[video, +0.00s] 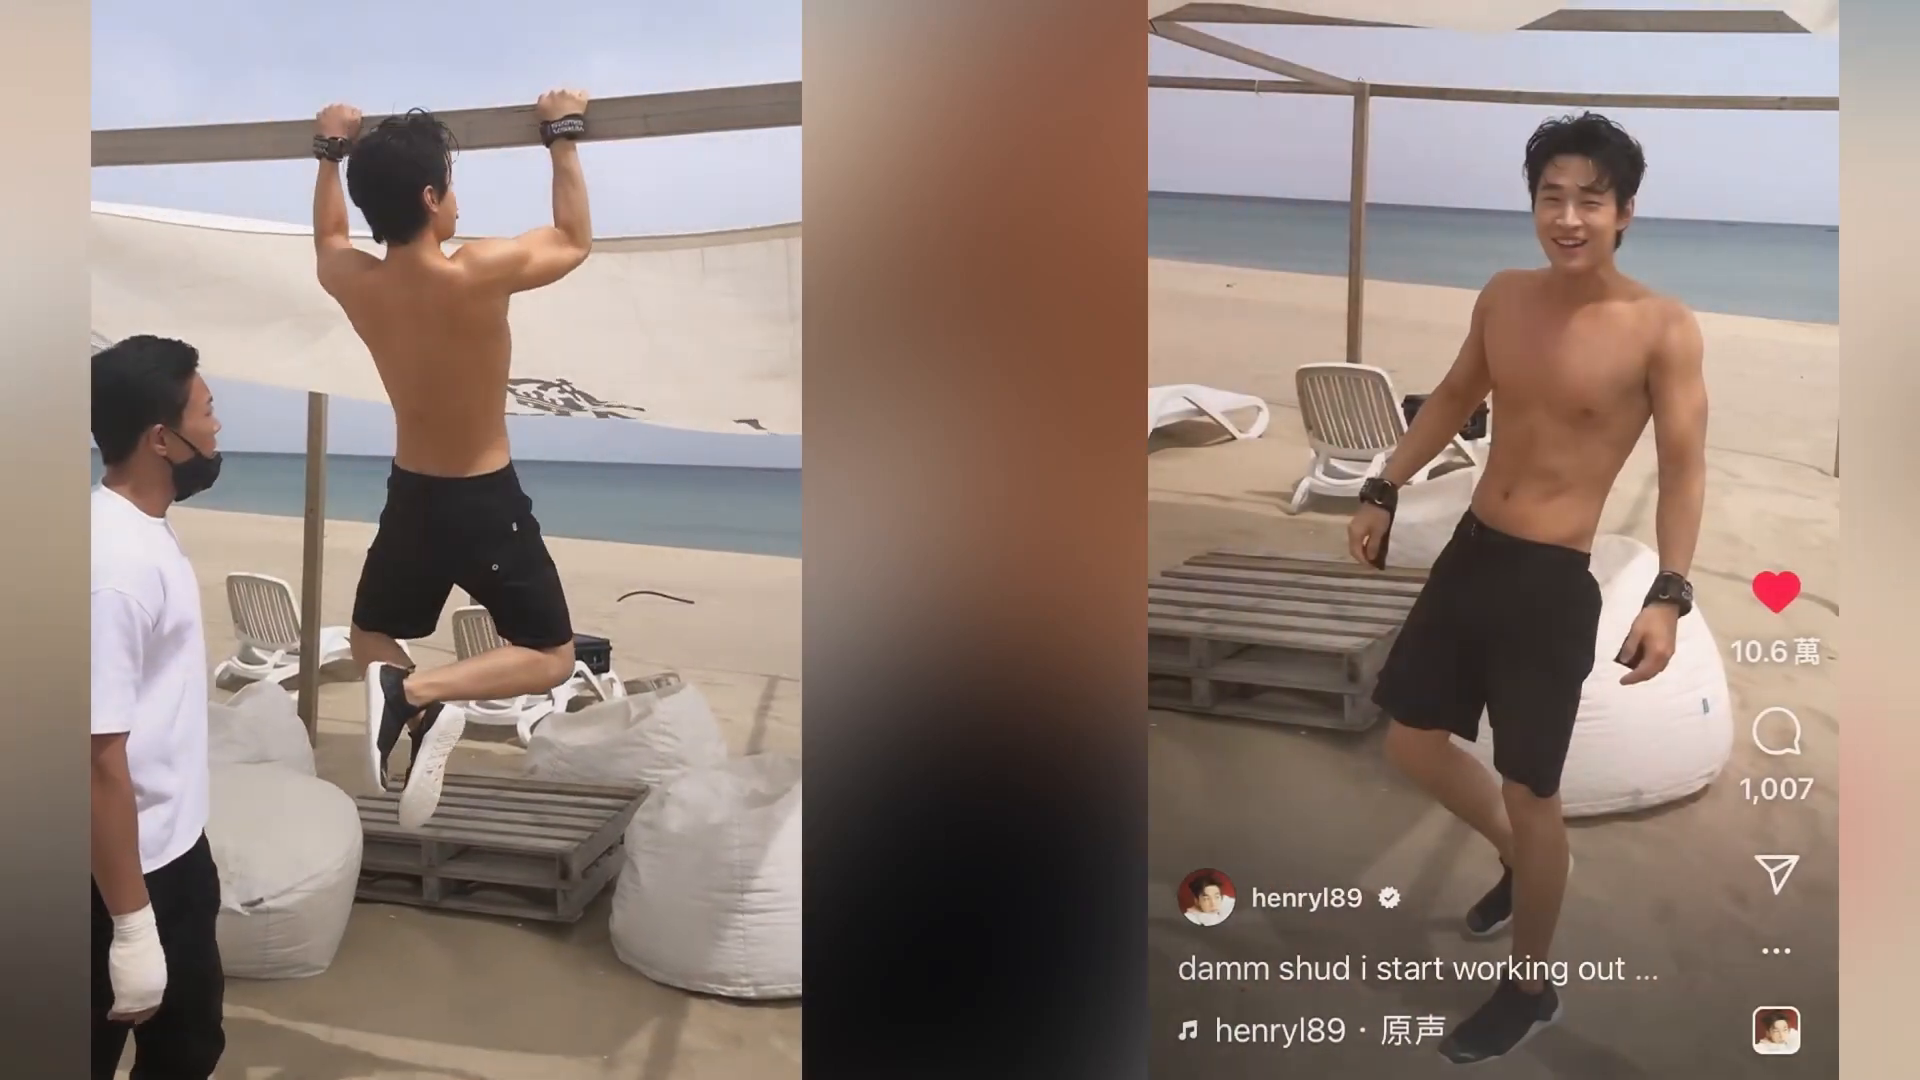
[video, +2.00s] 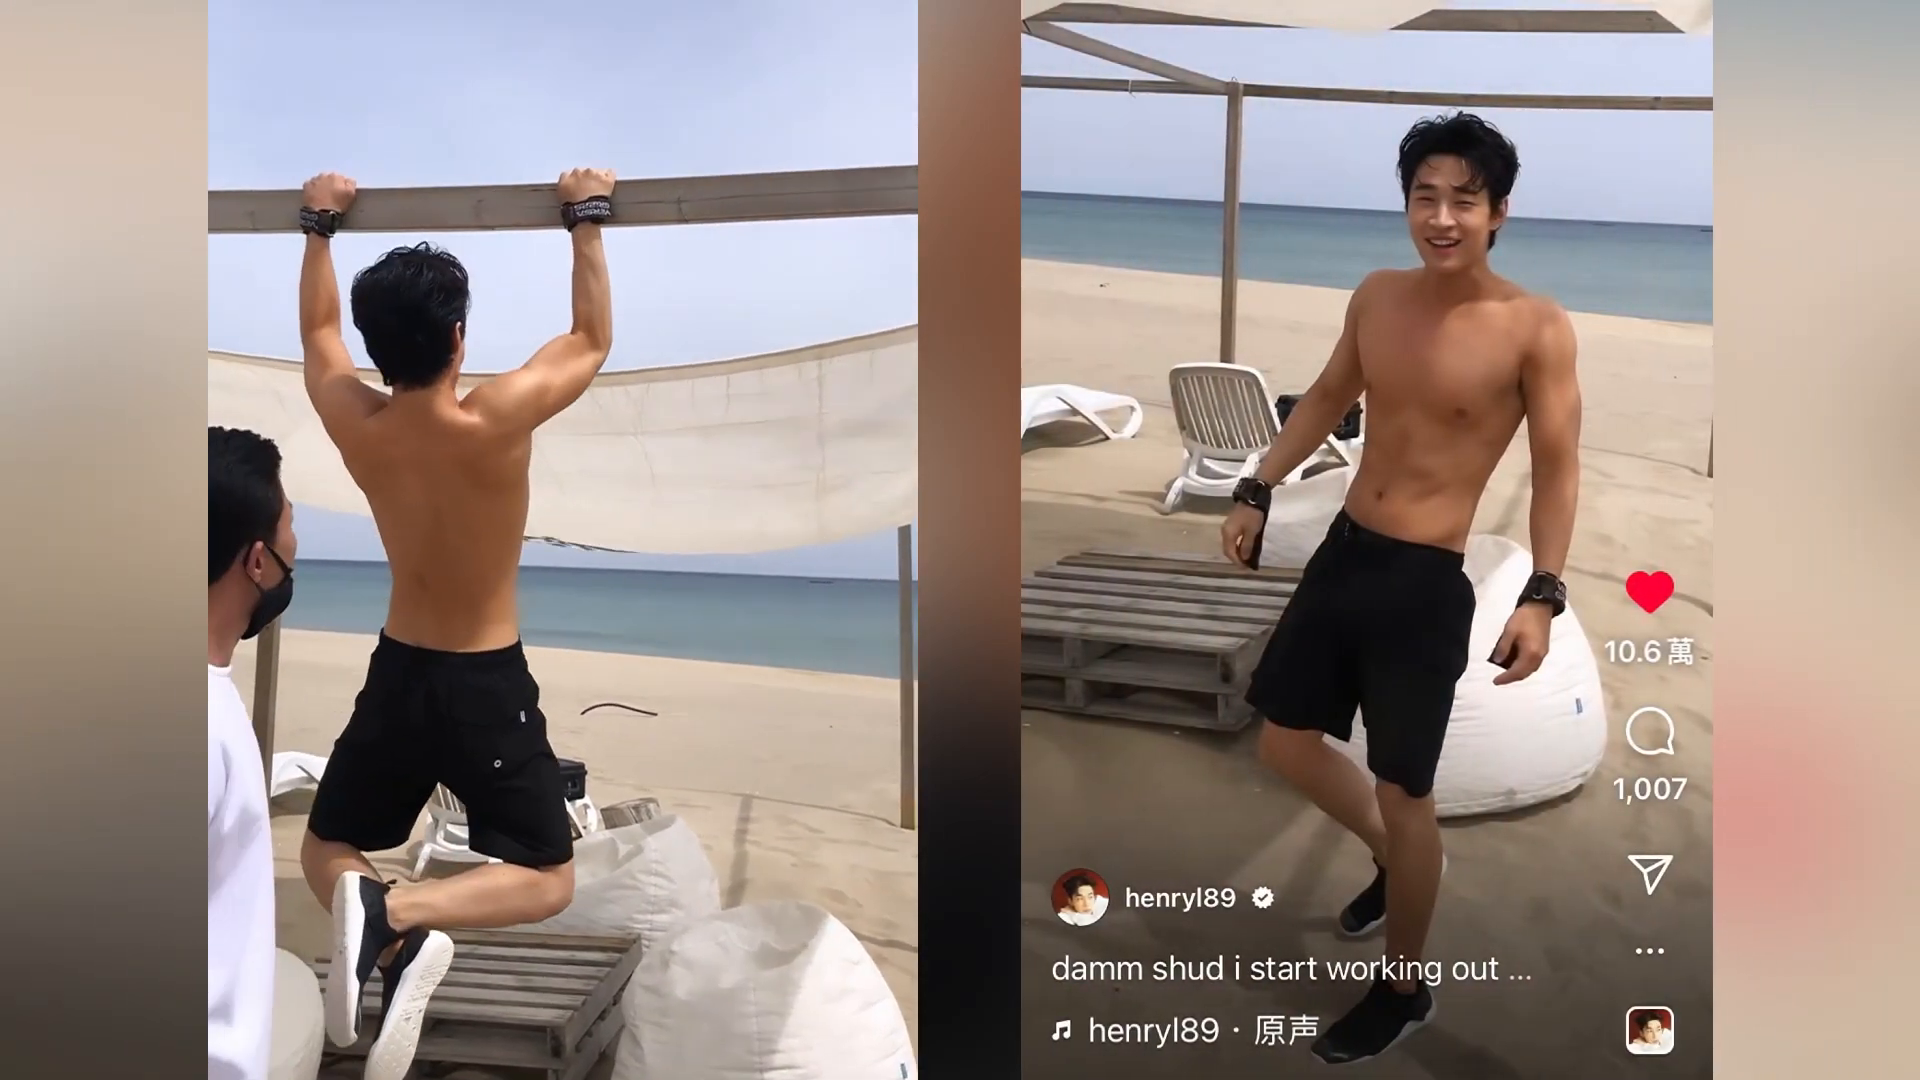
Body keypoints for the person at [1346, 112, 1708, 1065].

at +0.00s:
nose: (1567, 217)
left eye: (1589, 199)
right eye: (1551, 197)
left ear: (1625, 210)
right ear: (1532, 207)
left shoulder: (1661, 327)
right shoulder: (1505, 296)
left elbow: (1682, 469)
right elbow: (1457, 397)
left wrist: (1667, 596)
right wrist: (1382, 485)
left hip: (1553, 580)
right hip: (1471, 554)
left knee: (1529, 800)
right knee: (1411, 743)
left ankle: (1529, 982)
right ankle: (1523, 848)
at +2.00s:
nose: (1440, 216)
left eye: (1462, 198)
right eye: (1425, 197)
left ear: (1498, 210)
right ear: (1406, 208)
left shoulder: (1534, 327)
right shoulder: (1378, 297)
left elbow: (1556, 468)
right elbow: (1330, 397)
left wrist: (1540, 595)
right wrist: (1256, 484)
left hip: (1427, 579)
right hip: (1345, 554)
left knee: (1402, 798)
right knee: (1284, 742)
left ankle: (1402, 982)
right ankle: (1398, 847)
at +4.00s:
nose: (1440, 216)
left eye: (1462, 198)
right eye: (1424, 197)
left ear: (1498, 210)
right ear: (1406, 208)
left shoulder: (1534, 328)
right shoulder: (1378, 297)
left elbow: (1556, 468)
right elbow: (1329, 398)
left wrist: (1540, 595)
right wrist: (1256, 484)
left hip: (1427, 579)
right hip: (1345, 554)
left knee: (1402, 799)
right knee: (1284, 742)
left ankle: (1402, 981)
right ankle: (1398, 847)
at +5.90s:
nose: (1440, 216)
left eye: (1461, 198)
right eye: (1424, 197)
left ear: (1498, 210)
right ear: (1406, 208)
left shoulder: (1535, 328)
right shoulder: (1379, 297)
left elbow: (1556, 469)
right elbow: (1330, 398)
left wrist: (1540, 595)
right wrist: (1256, 484)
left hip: (1427, 579)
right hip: (1345, 553)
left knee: (1402, 799)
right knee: (1284, 742)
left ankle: (1403, 981)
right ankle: (1398, 846)